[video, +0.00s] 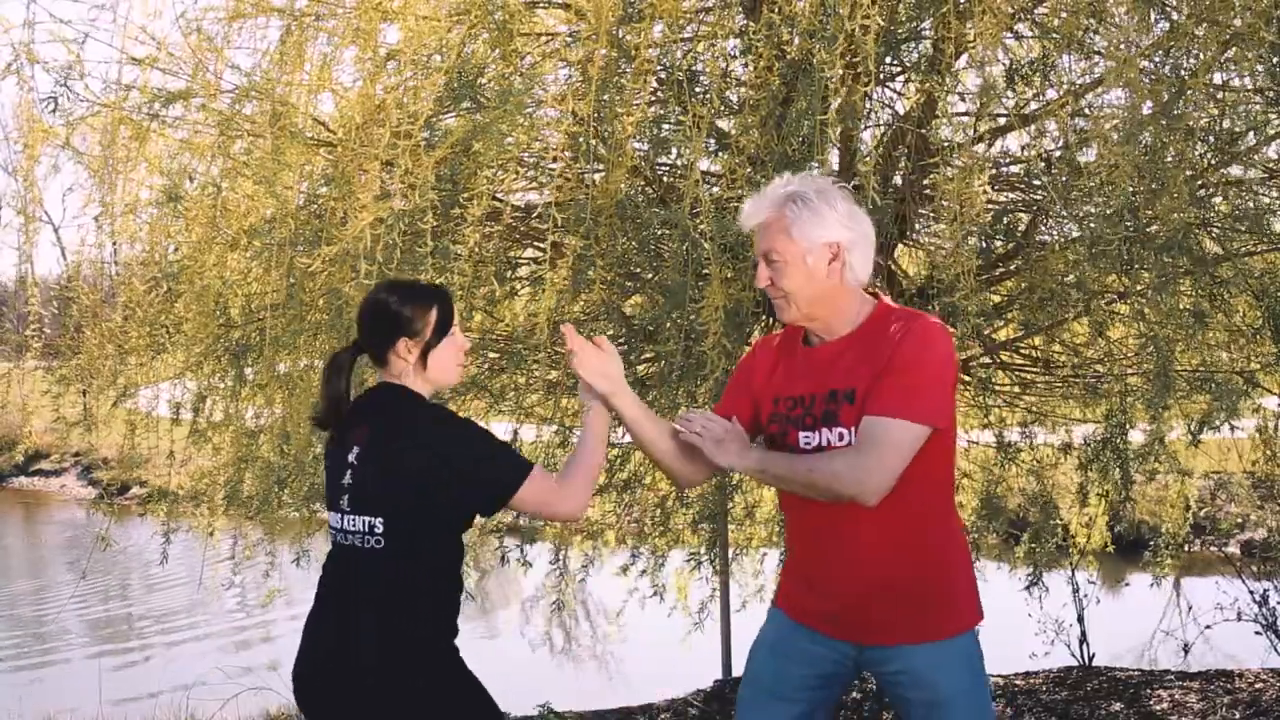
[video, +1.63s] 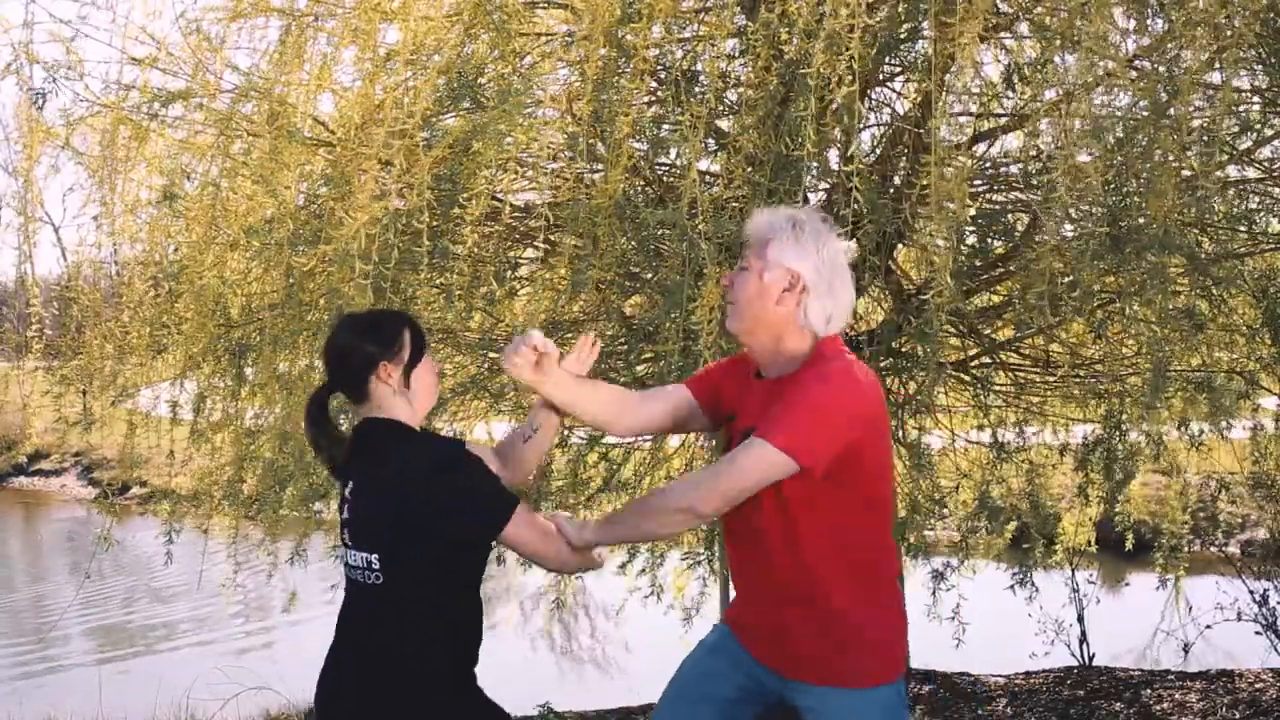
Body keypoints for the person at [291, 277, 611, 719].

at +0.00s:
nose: (465, 343)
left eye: (459, 329)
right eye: (452, 332)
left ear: (402, 351)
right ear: (409, 350)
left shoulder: (350, 422)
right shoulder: (441, 435)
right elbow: (570, 501)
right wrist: (599, 402)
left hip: (325, 671)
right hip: (412, 675)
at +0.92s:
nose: (423, 366)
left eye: (416, 352)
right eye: (411, 353)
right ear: (372, 366)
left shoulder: (307, 447)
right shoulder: (406, 455)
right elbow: (551, 492)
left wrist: (433, 435)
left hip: (312, 688)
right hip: (404, 689)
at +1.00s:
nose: (421, 374)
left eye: (415, 362)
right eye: (409, 363)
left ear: (359, 378)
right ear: (366, 377)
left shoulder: (300, 455)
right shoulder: (415, 461)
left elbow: (371, 515)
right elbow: (541, 512)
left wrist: (426, 446)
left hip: (306, 695)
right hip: (402, 695)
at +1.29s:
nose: (427, 382)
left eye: (420, 371)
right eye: (414, 373)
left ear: (366, 389)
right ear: (369, 389)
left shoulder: (317, 464)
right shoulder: (415, 471)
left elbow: (417, 544)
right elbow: (543, 532)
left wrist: (445, 457)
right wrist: (598, 553)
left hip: (309, 700)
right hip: (399, 702)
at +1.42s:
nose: (435, 375)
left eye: (428, 364)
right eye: (422, 366)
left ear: (376, 391)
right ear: (383, 389)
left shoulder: (344, 463)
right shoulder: (433, 468)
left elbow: (446, 535)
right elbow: (548, 551)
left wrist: (467, 447)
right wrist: (617, 592)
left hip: (323, 695)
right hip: (412, 699)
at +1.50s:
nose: (441, 373)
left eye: (433, 363)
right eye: (430, 365)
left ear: (389, 389)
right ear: (393, 387)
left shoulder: (362, 460)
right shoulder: (445, 473)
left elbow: (499, 492)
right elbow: (548, 568)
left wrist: (524, 413)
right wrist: (598, 615)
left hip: (334, 694)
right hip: (420, 698)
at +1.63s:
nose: (436, 367)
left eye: (429, 354)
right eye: (425, 355)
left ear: (383, 376)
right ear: (390, 373)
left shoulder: (364, 449)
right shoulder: (440, 463)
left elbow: (503, 465)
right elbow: (556, 552)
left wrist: (559, 395)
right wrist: (591, 557)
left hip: (345, 695)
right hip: (432, 698)